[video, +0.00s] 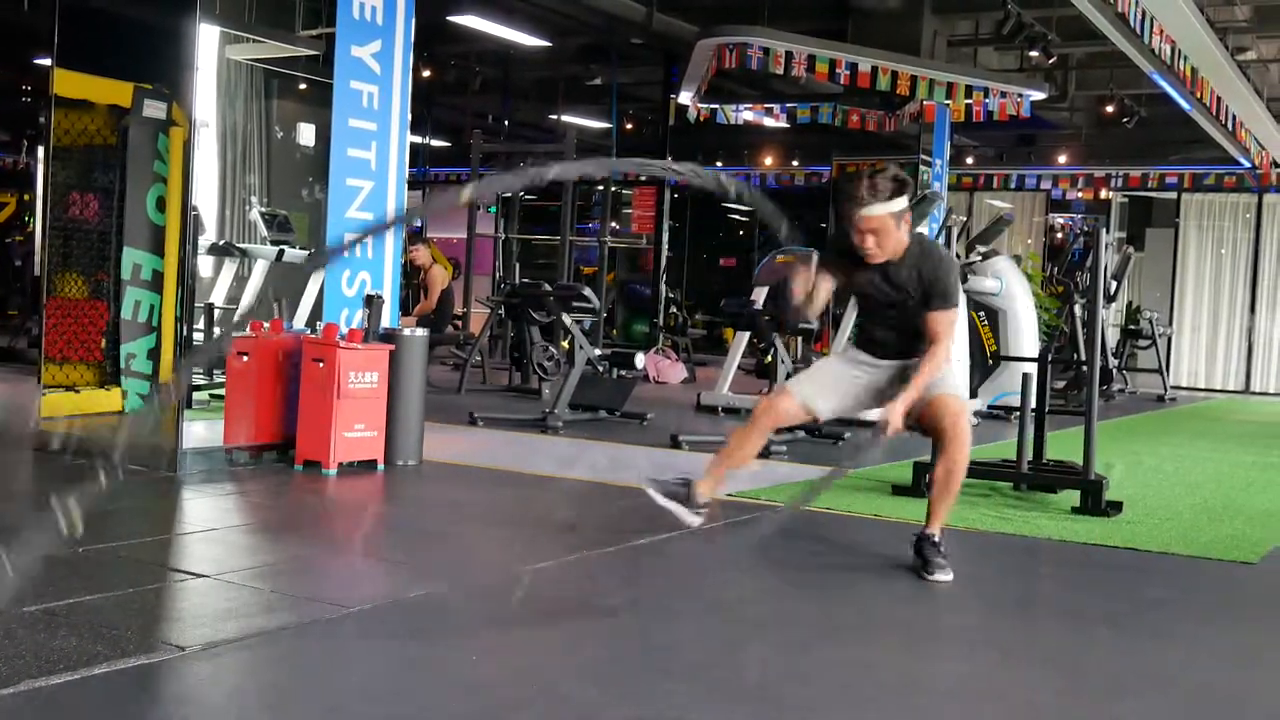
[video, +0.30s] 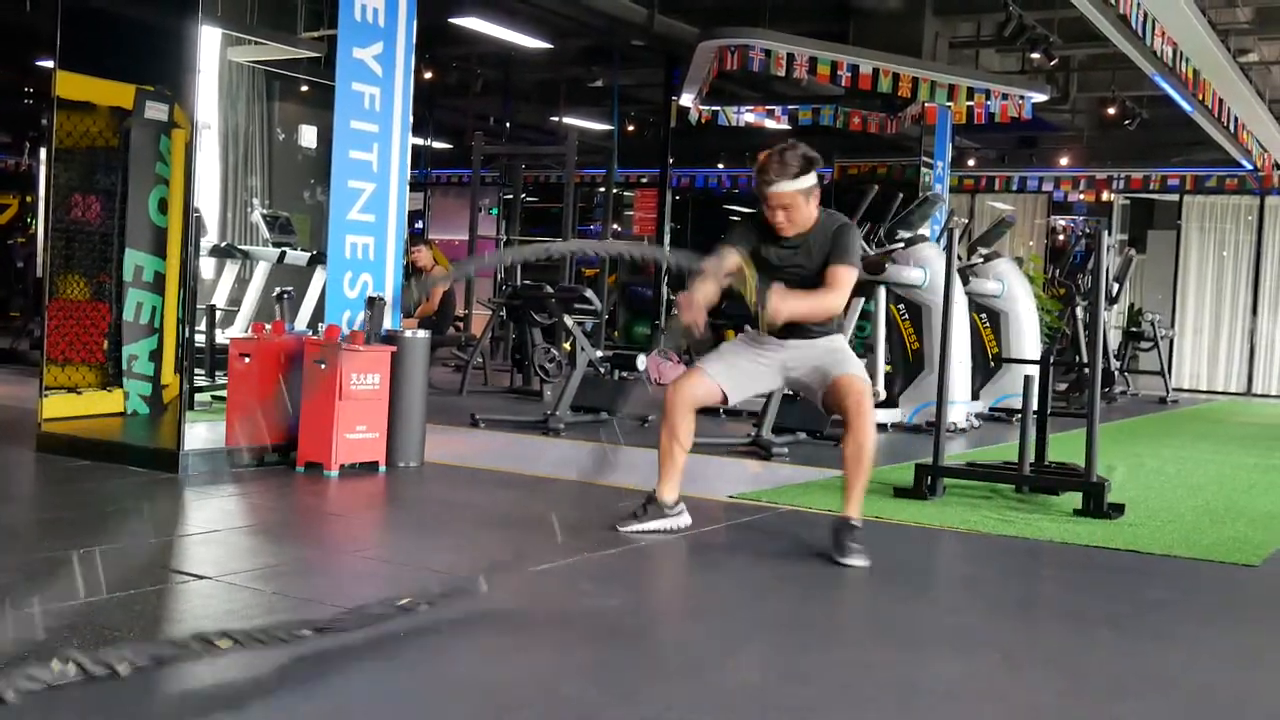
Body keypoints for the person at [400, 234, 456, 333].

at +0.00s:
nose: (413, 255)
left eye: (417, 250)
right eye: (410, 252)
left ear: (428, 250)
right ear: (408, 255)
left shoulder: (435, 271)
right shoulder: (423, 273)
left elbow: (430, 304)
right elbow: (423, 302)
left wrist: (412, 318)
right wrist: (412, 318)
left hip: (437, 323)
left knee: (396, 322)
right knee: (395, 320)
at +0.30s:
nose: (415, 256)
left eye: (419, 251)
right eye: (412, 253)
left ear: (430, 251)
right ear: (410, 256)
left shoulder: (438, 272)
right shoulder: (425, 274)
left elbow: (433, 306)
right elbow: (424, 302)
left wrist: (414, 319)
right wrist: (414, 320)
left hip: (438, 325)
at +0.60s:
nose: (418, 257)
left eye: (422, 253)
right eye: (416, 254)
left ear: (433, 253)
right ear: (414, 257)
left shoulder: (441, 275)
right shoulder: (429, 277)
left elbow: (437, 308)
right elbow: (428, 305)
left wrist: (419, 321)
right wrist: (418, 321)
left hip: (442, 327)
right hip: (435, 322)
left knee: (401, 325)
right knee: (400, 323)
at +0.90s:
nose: (421, 258)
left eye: (425, 253)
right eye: (419, 254)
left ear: (437, 253)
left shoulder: (445, 275)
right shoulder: (433, 277)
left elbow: (440, 308)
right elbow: (431, 305)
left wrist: (422, 320)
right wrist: (421, 322)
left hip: (445, 328)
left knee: (404, 326)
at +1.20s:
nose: (424, 256)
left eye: (428, 252)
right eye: (423, 253)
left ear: (441, 254)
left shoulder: (447, 275)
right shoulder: (436, 276)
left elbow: (442, 308)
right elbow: (434, 305)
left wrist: (424, 321)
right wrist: (424, 322)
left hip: (448, 328)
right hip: (440, 324)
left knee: (407, 326)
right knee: (407, 324)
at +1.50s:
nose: (423, 257)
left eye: (428, 253)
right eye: (423, 254)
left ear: (440, 255)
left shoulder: (447, 275)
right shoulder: (436, 278)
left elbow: (442, 309)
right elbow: (434, 306)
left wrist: (425, 321)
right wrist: (424, 322)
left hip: (451, 327)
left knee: (408, 326)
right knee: (408, 324)